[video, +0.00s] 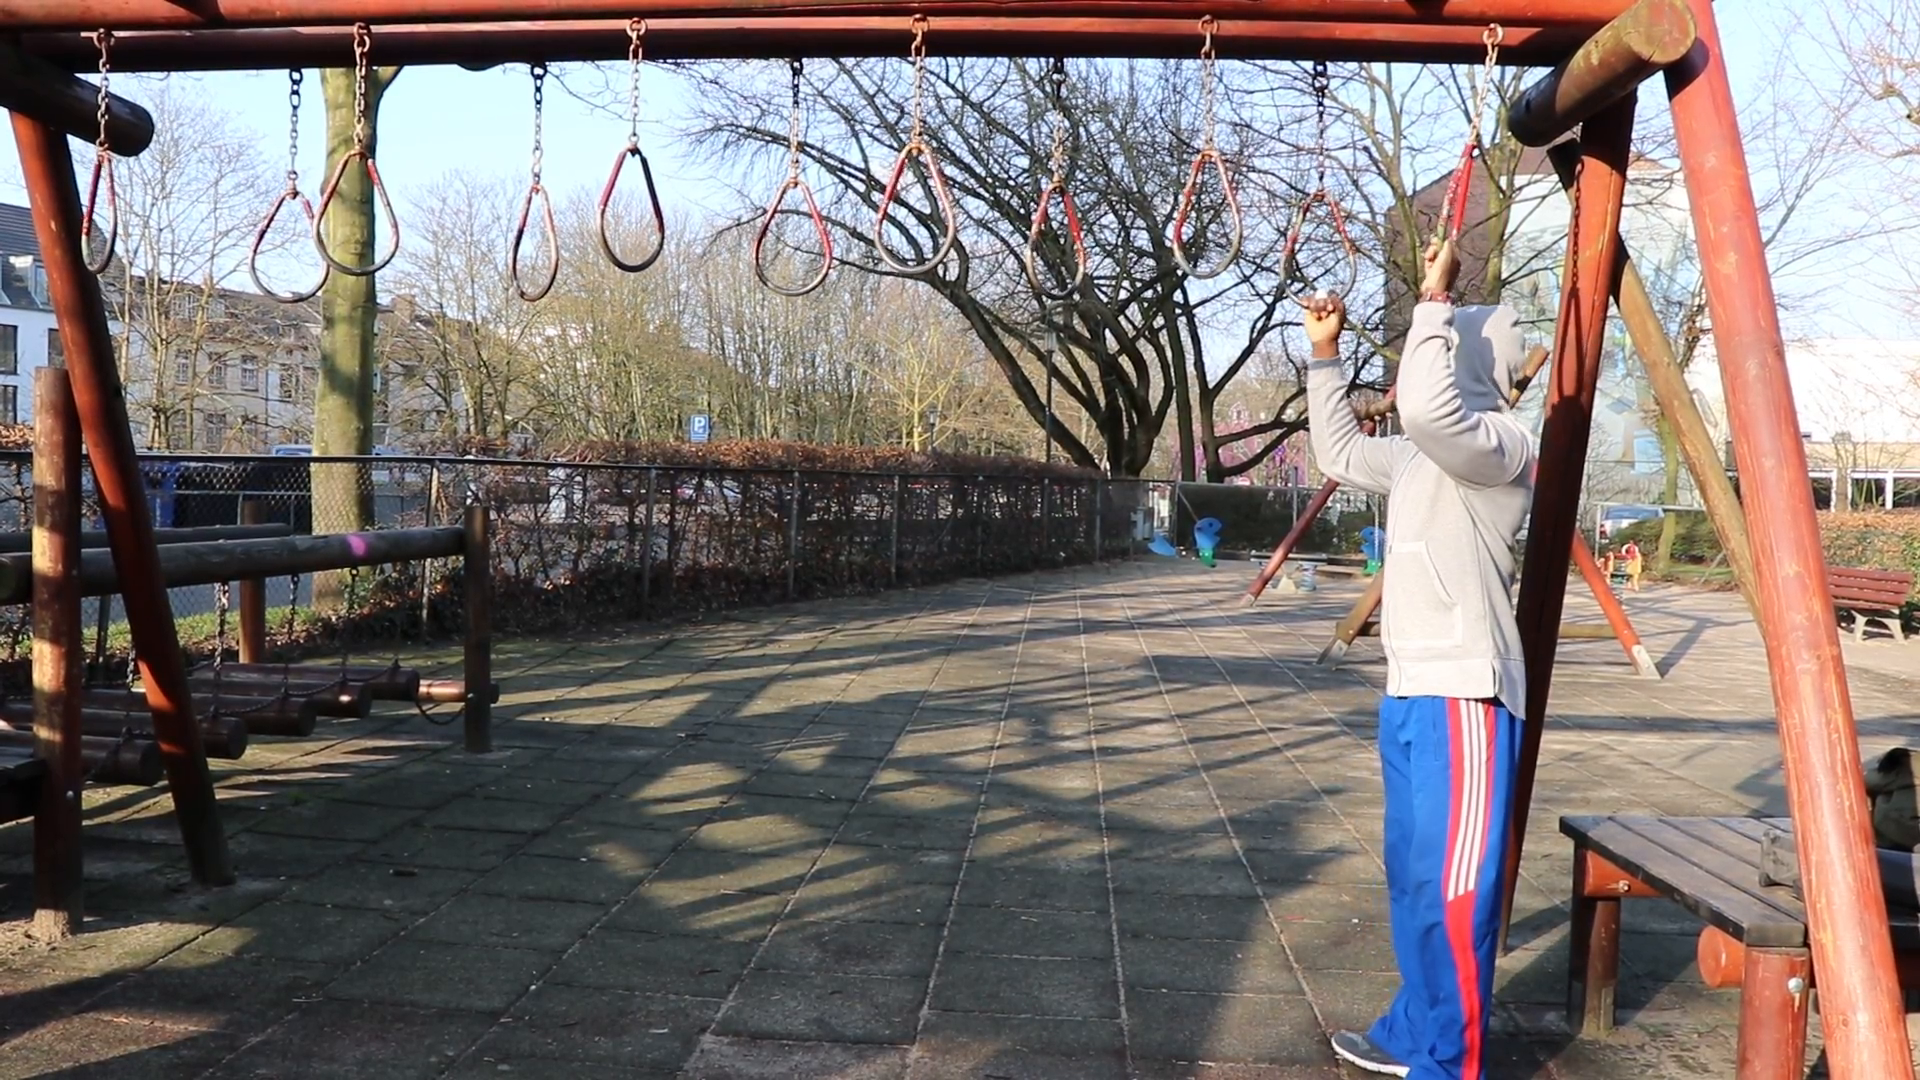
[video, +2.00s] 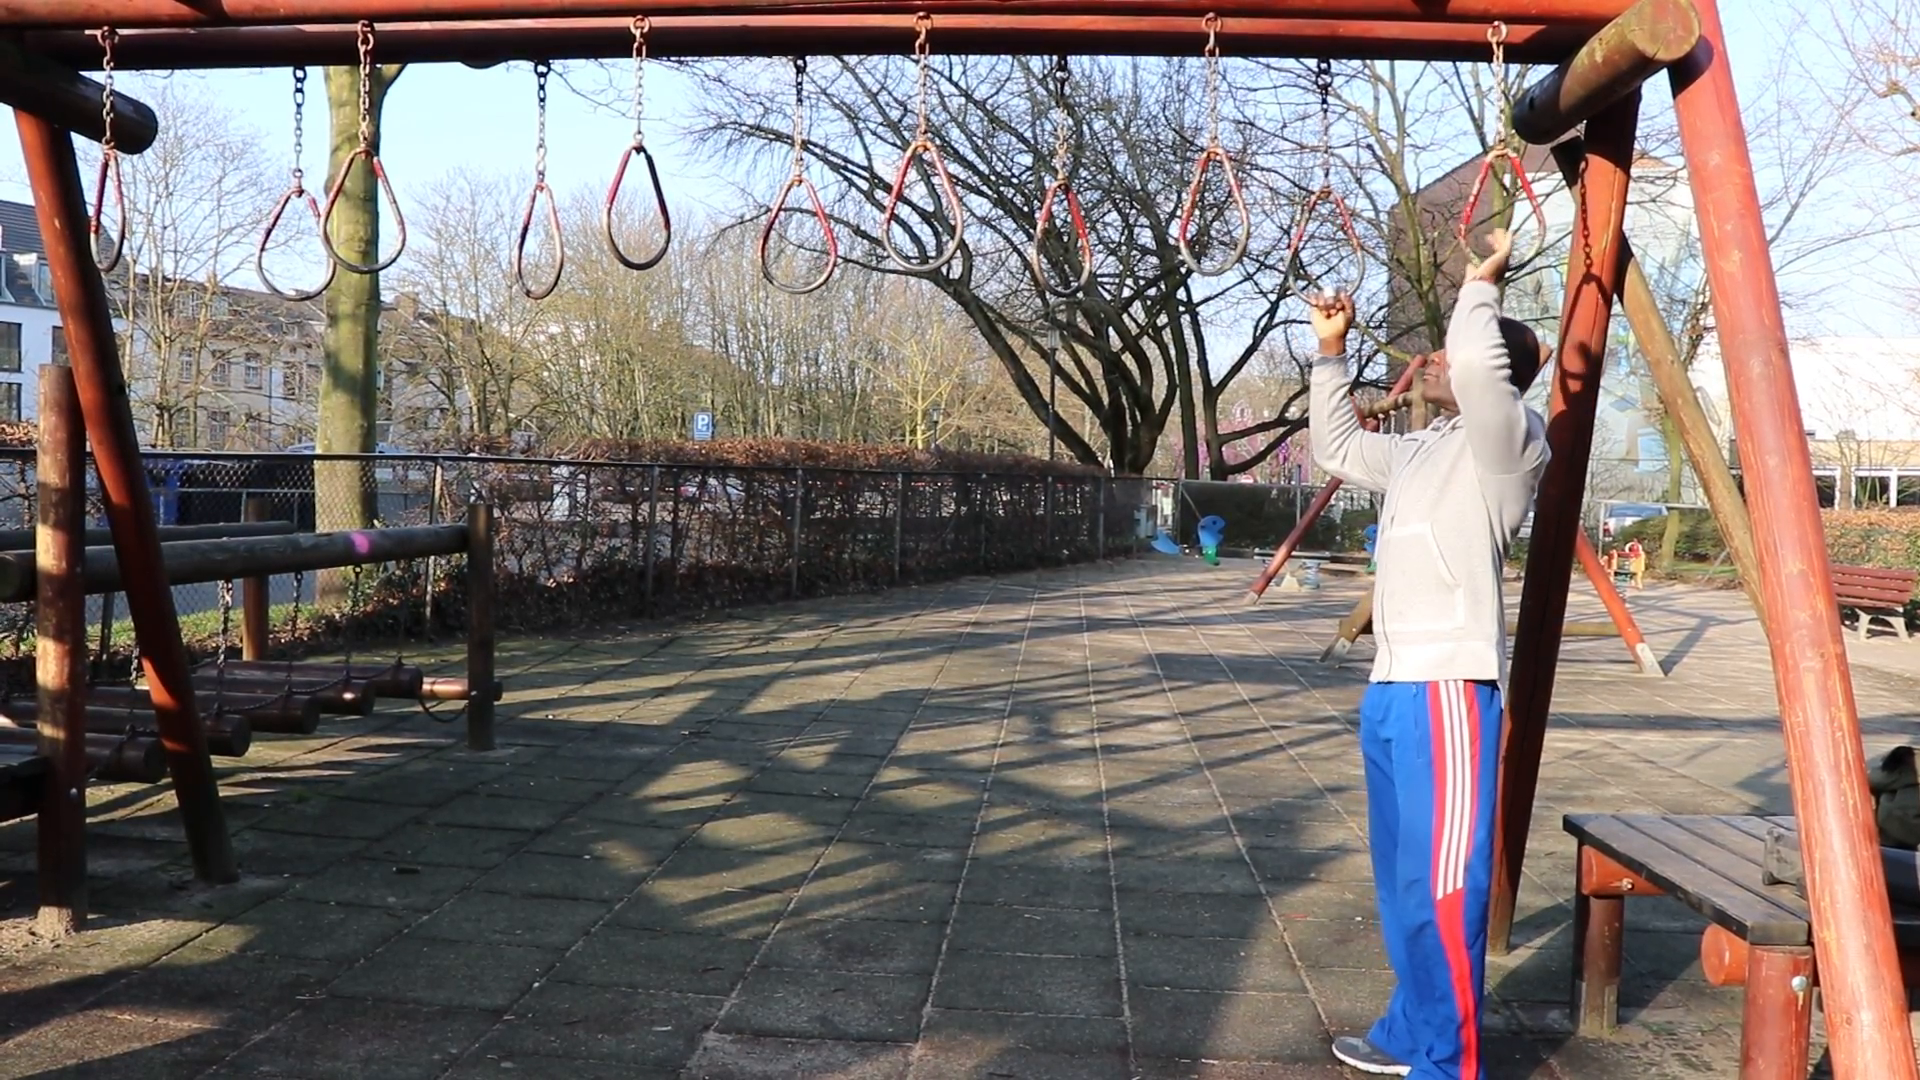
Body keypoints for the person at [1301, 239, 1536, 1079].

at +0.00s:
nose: (1427, 362)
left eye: (1453, 344)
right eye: (1431, 347)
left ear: (1483, 364)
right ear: (1474, 367)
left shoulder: (1505, 445)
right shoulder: (1419, 454)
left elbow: (1430, 414)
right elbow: (1339, 451)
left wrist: (1433, 304)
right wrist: (1325, 354)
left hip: (1469, 694)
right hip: (1415, 694)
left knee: (1456, 884)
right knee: (1414, 877)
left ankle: (1451, 1056)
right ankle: (1411, 1032)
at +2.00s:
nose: (1428, 359)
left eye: (1448, 353)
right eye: (1434, 348)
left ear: (1493, 372)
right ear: (1443, 372)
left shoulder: (1502, 441)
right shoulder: (1414, 450)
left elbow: (1474, 361)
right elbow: (1335, 447)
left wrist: (1480, 283)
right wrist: (1330, 351)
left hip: (1452, 689)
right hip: (1395, 690)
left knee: (1447, 882)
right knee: (1404, 879)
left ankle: (1449, 1057)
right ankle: (1411, 1032)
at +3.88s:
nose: (1360, 369)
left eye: (1380, 358)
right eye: (1370, 357)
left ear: (1420, 383)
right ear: (1419, 383)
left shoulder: (1400, 444)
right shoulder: (1395, 437)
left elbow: (1254, 436)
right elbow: (1291, 439)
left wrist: (1248, 318)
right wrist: (1322, 344)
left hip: (1340, 676)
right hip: (1314, 663)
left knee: (1236, 850)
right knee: (1217, 802)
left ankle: (1280, 1043)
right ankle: (1290, 992)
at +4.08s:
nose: (1304, 349)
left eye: (1323, 340)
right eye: (1311, 337)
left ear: (1364, 364)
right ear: (1367, 368)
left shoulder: (1344, 423)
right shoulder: (1354, 423)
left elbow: (1198, 432)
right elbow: (1240, 437)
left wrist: (1215, 320)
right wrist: (1292, 350)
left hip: (1267, 647)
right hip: (1249, 626)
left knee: (1103, 762)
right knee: (1112, 658)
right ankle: (1076, 841)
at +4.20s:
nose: (1285, 347)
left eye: (1300, 338)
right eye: (1294, 334)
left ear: (1333, 359)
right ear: (1351, 365)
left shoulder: (1319, 418)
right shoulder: (1326, 418)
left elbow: (1180, 434)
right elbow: (1201, 440)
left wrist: (1206, 326)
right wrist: (1190, 344)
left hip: (1218, 624)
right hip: (1207, 605)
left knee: (1029, 676)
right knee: (1068, 588)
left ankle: (878, 822)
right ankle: (948, 748)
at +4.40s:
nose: (1246, 360)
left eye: (1264, 350)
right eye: (1255, 349)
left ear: (1298, 372)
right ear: (1311, 382)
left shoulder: (1262, 427)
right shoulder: (1292, 439)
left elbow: (1127, 415)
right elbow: (1151, 421)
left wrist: (1173, 313)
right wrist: (1109, 319)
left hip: (1111, 612)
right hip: (1130, 620)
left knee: (918, 546)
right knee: (950, 588)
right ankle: (827, 673)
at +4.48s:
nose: (1234, 362)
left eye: (1252, 353)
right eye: (1245, 351)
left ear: (1279, 377)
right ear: (1295, 396)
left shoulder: (1236, 434)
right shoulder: (1267, 459)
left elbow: (1103, 413)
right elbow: (1132, 421)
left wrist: (1160, 313)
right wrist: (1098, 328)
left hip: (1075, 607)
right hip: (1096, 635)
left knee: (879, 515)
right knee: (918, 600)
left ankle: (690, 481)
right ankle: (784, 671)